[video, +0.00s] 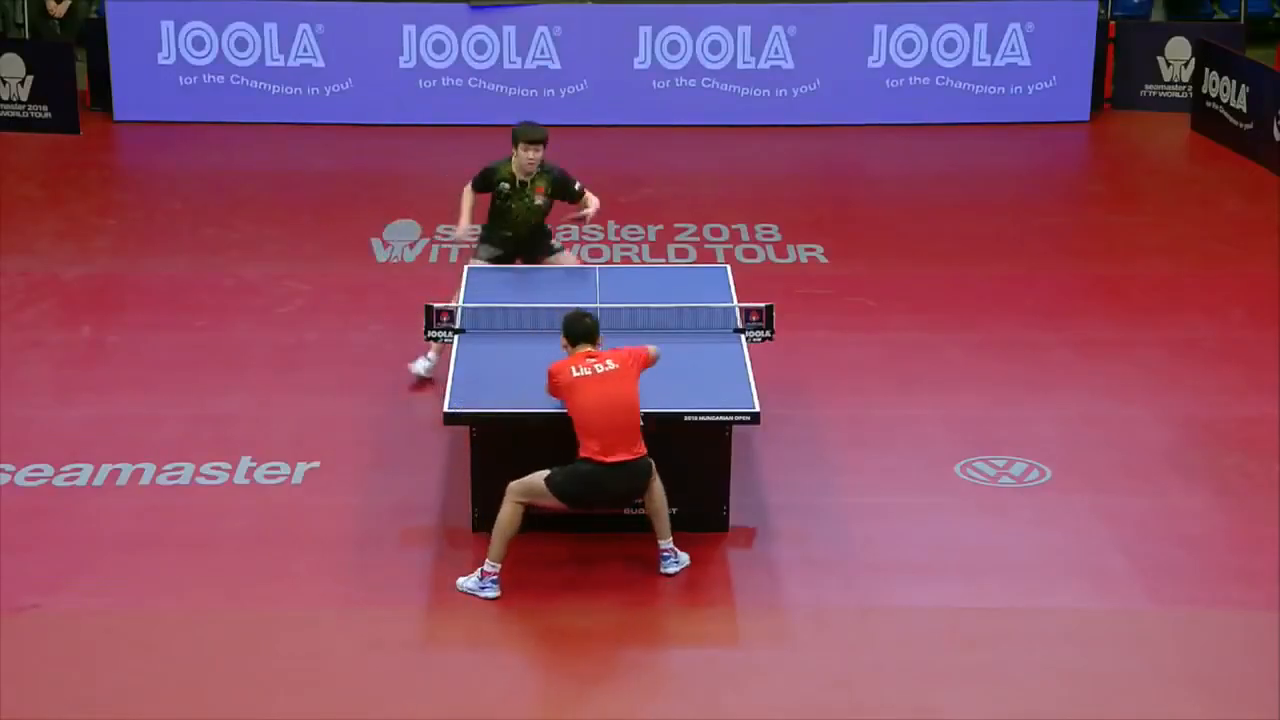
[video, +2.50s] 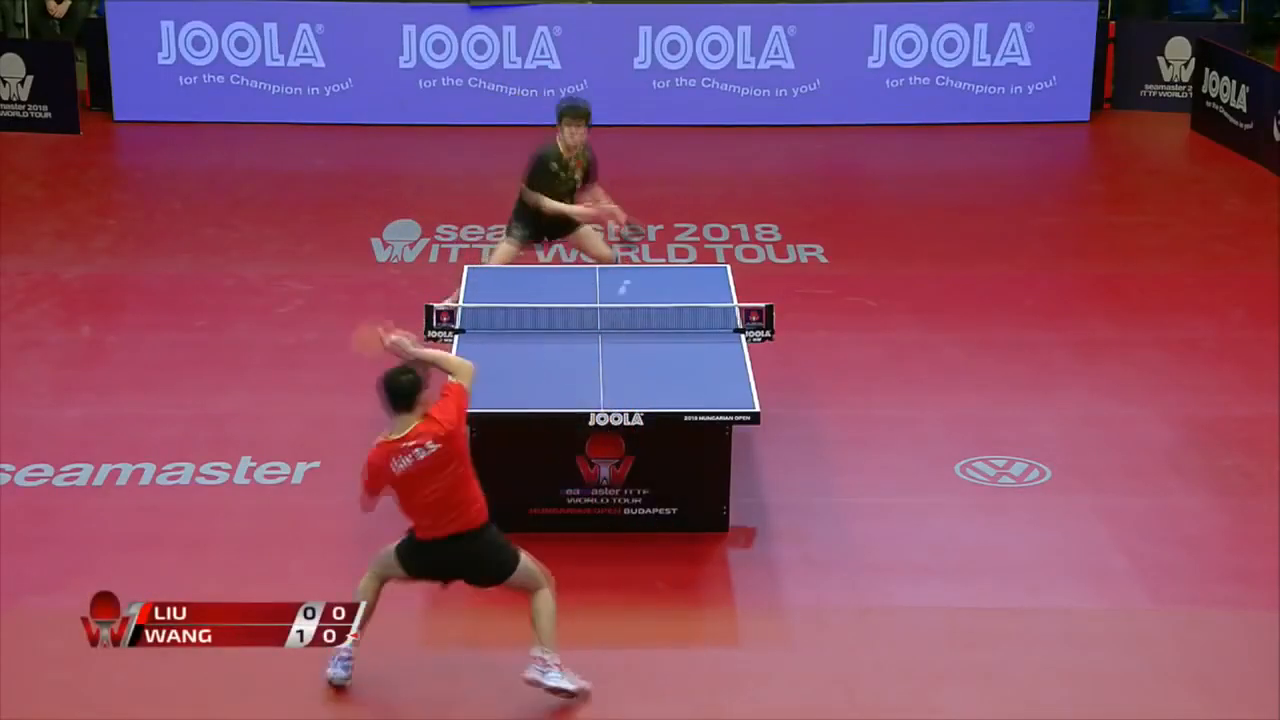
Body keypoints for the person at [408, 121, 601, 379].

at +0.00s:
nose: (533, 156)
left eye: (538, 150)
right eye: (527, 150)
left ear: (544, 151)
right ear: (515, 150)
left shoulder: (553, 176)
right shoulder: (498, 172)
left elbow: (589, 198)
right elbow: (470, 189)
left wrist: (590, 208)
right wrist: (464, 223)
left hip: (536, 242)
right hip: (496, 242)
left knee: (576, 272)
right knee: (465, 294)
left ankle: (584, 343)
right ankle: (432, 356)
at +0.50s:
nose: (536, 145)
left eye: (541, 140)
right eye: (532, 139)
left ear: (550, 138)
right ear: (523, 135)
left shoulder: (558, 155)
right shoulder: (512, 146)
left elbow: (575, 183)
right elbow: (501, 154)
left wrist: (574, 186)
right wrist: (485, 181)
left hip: (553, 214)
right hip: (516, 211)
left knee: (594, 264)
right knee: (473, 260)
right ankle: (437, 322)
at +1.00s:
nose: (544, 169)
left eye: (550, 164)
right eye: (541, 163)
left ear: (560, 164)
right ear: (534, 160)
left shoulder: (575, 181)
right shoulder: (520, 176)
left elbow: (608, 208)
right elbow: (494, 202)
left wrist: (584, 235)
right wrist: (507, 225)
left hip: (565, 232)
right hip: (527, 230)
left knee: (610, 267)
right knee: (485, 263)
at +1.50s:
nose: (511, 123)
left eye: (517, 117)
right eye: (506, 116)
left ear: (525, 119)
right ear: (498, 116)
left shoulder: (537, 140)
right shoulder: (482, 137)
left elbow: (579, 166)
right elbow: (461, 153)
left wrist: (566, 185)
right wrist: (453, 184)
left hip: (530, 206)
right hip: (491, 206)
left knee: (575, 256)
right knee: (455, 258)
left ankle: (596, 316)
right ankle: (434, 317)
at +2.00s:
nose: (567, 165)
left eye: (570, 160)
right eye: (561, 160)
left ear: (575, 157)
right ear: (547, 156)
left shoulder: (582, 170)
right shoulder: (529, 177)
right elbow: (503, 212)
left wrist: (605, 171)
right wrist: (514, 222)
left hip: (573, 239)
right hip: (536, 240)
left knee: (622, 267)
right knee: (488, 264)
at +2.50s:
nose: (576, 132)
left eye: (580, 126)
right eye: (570, 126)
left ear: (587, 129)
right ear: (559, 128)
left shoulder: (587, 158)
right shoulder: (545, 157)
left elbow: (589, 190)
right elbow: (531, 196)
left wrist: (613, 211)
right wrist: (574, 211)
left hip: (563, 219)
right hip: (529, 221)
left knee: (607, 257)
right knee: (494, 268)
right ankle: (453, 301)